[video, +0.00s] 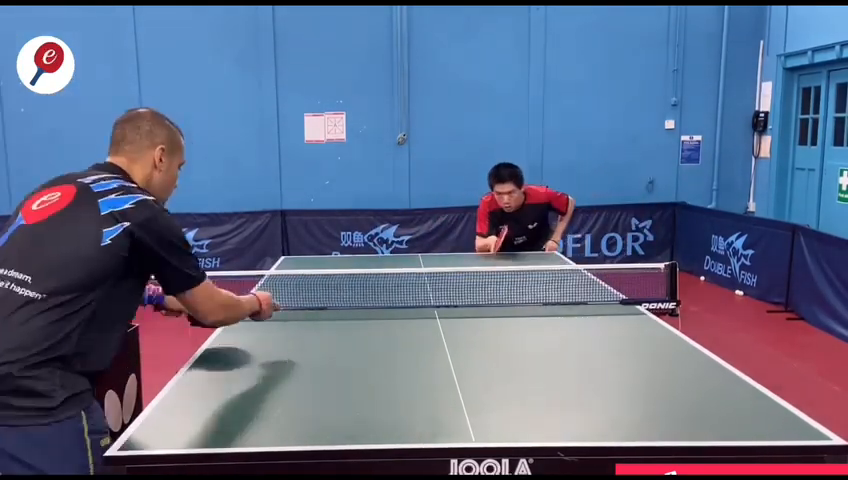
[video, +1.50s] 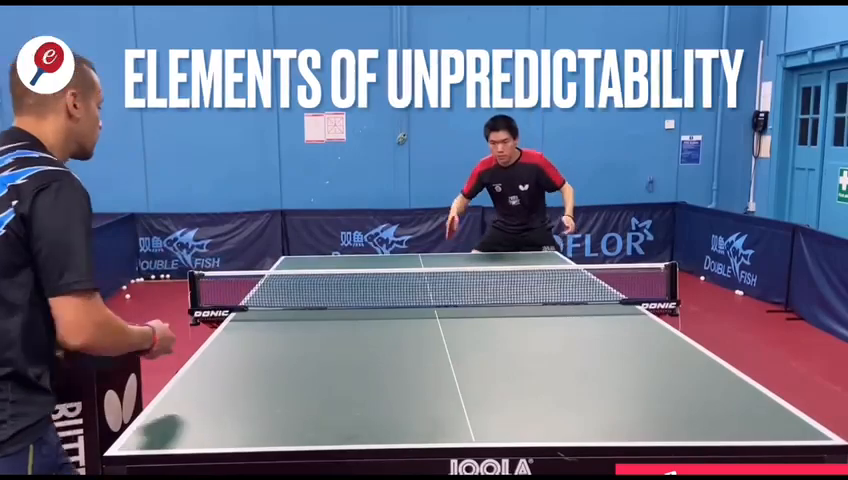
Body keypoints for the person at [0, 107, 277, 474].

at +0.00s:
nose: (176, 183)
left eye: (180, 170)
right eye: (178, 169)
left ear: (116, 150)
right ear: (158, 158)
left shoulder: (52, 190)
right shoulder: (144, 214)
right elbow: (213, 311)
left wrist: (161, 299)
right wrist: (253, 304)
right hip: (43, 403)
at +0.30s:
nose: (198, 208)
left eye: (203, 196)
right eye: (202, 194)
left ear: (142, 174)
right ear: (185, 184)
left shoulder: (71, 201)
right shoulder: (159, 227)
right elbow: (207, 350)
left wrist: (164, 310)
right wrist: (254, 344)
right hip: (41, 418)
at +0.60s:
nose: (192, 189)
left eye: (196, 178)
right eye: (194, 176)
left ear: (135, 161)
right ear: (176, 168)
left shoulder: (95, 194)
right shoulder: (126, 211)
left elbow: (166, 256)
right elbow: (147, 334)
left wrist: (248, 265)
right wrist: (213, 336)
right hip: (28, 394)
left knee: (127, 467)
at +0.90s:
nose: (126, 134)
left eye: (126, 121)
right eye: (124, 120)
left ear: (51, 120)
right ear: (100, 119)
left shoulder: (12, 173)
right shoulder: (64, 196)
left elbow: (21, 310)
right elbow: (73, 339)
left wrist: (101, 315)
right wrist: (130, 341)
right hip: (26, 434)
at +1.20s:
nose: (78, 109)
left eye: (77, 94)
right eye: (74, 94)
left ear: (30, 97)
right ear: (45, 97)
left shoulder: (11, 178)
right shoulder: (26, 188)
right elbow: (27, 340)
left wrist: (64, 339)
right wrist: (76, 345)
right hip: (11, 445)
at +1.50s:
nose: (101, 122)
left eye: (100, 109)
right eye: (98, 107)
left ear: (24, 102)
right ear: (71, 104)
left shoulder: (6, 163)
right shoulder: (52, 185)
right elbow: (79, 328)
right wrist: (146, 337)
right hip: (15, 430)